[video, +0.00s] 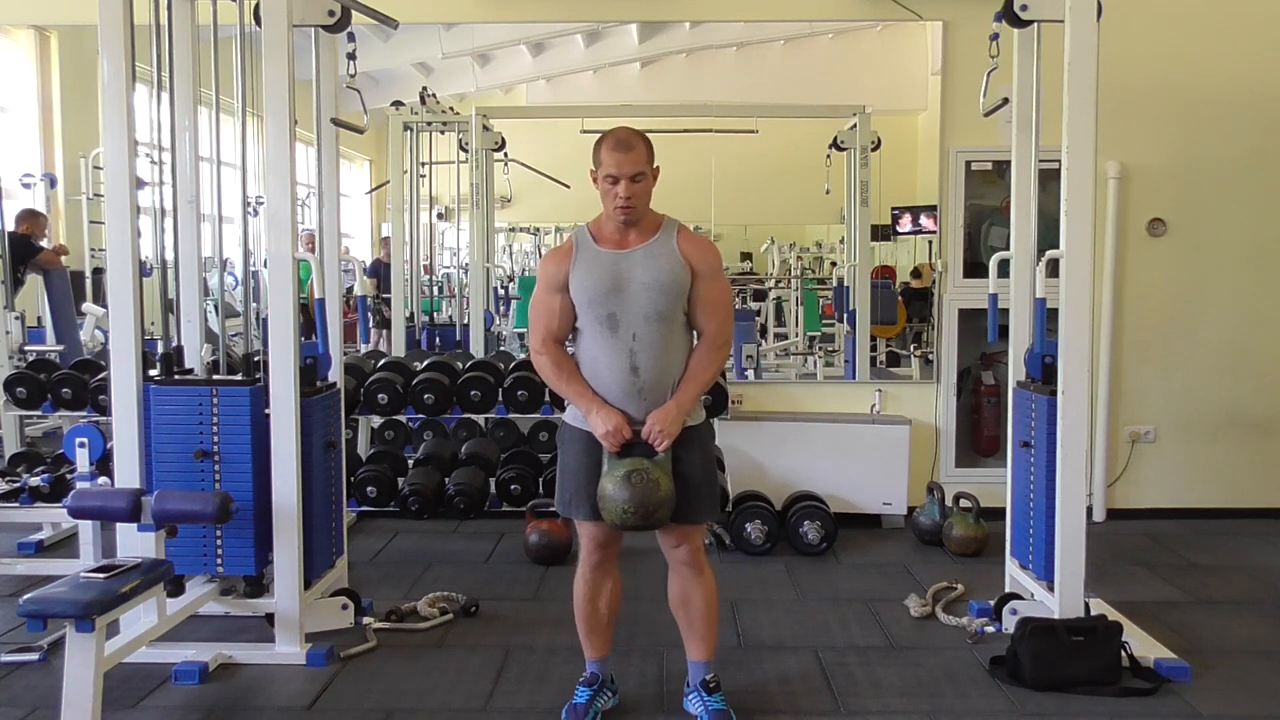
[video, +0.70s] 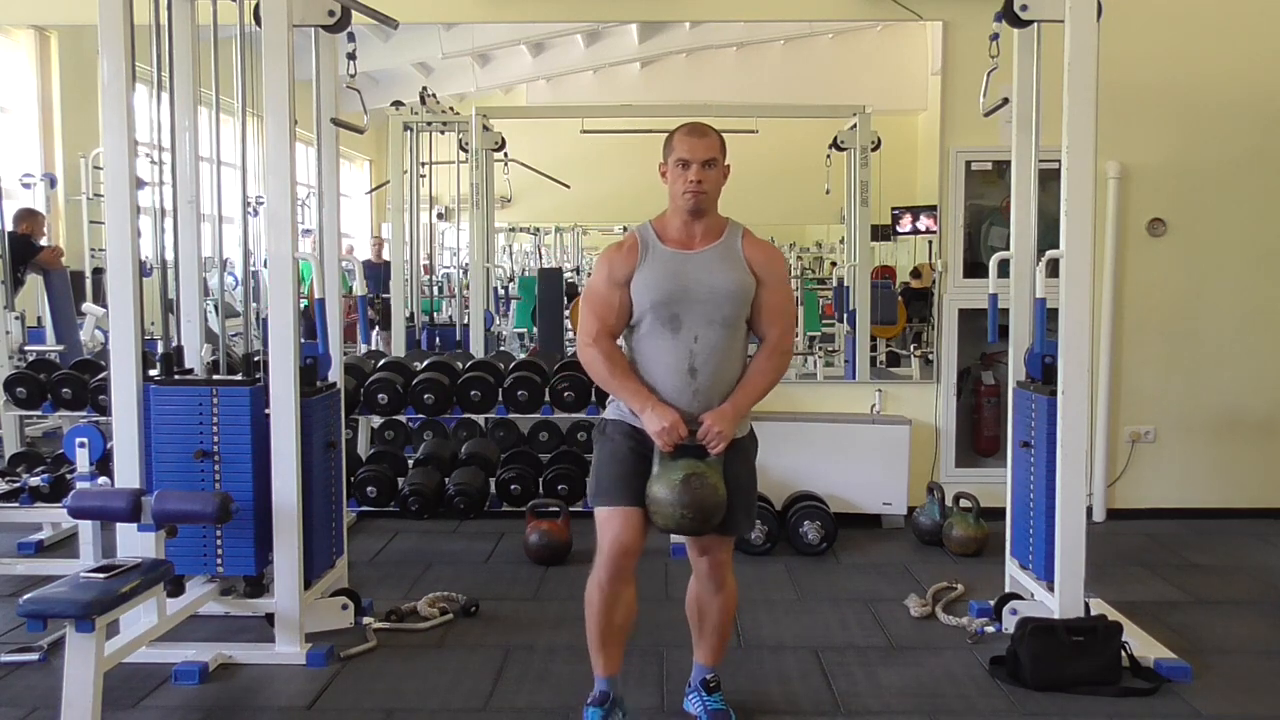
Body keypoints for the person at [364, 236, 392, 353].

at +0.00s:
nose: (388, 248)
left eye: (390, 245)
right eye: (386, 245)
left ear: (393, 246)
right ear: (382, 247)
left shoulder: (396, 264)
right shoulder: (375, 265)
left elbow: (399, 285)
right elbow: (372, 288)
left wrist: (399, 305)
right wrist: (383, 306)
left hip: (393, 302)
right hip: (380, 303)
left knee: (389, 336)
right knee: (376, 336)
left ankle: (388, 360)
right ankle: (371, 360)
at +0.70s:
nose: (377, 248)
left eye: (380, 245)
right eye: (374, 245)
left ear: (383, 247)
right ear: (370, 247)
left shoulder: (390, 265)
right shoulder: (363, 265)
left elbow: (396, 286)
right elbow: (360, 289)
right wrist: (366, 308)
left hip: (386, 303)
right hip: (369, 303)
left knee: (386, 337)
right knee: (366, 337)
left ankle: (387, 364)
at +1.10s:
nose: (356, 248)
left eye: (359, 245)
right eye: (354, 245)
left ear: (364, 246)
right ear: (351, 247)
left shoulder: (373, 265)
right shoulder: (347, 265)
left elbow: (378, 287)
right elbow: (344, 287)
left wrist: (377, 307)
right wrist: (342, 308)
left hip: (369, 303)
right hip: (352, 303)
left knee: (377, 336)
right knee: (354, 338)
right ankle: (356, 361)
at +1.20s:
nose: (352, 247)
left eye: (355, 245)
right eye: (350, 245)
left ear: (361, 246)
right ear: (348, 246)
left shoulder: (370, 265)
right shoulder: (345, 265)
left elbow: (376, 287)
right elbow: (342, 286)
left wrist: (373, 306)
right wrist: (343, 305)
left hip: (366, 304)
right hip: (351, 304)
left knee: (371, 337)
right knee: (353, 338)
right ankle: (355, 362)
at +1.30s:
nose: (350, 248)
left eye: (353, 245)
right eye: (348, 245)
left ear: (358, 246)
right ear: (346, 246)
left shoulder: (367, 264)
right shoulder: (343, 264)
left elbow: (374, 285)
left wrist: (371, 305)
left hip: (363, 302)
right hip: (348, 302)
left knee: (366, 335)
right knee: (352, 335)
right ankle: (355, 360)